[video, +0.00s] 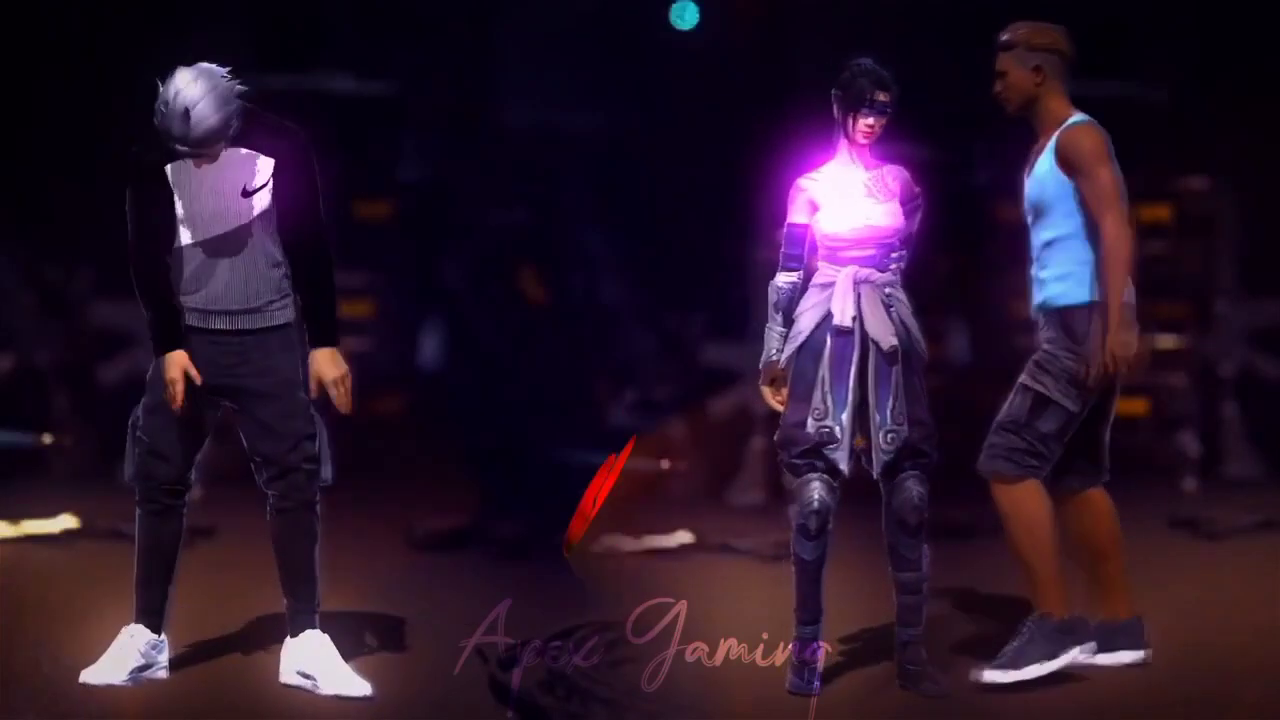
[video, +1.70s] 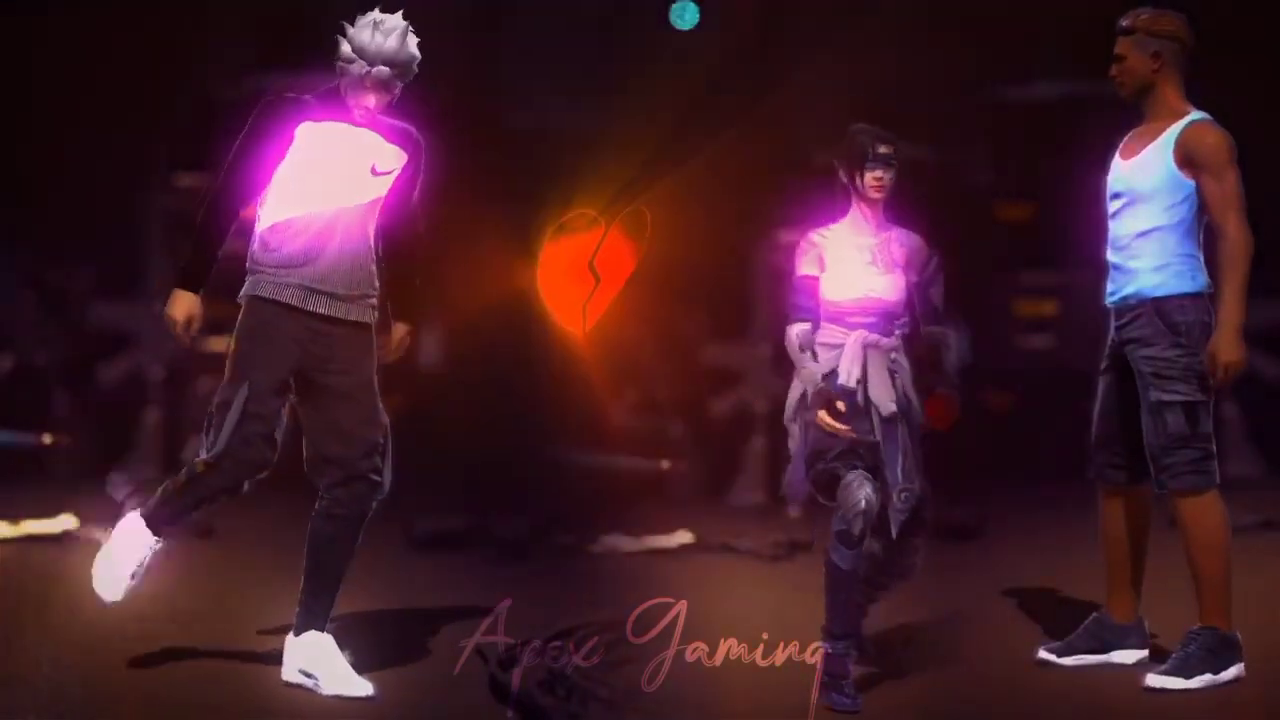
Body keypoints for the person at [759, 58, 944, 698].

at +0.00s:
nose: (872, 123)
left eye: (882, 112)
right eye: (863, 110)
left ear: (892, 118)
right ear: (840, 111)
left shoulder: (903, 185)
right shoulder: (809, 184)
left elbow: (900, 270)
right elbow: (789, 273)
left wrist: (911, 345)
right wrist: (774, 355)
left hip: (891, 342)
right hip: (822, 340)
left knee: (909, 494)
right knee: (815, 499)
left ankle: (912, 647)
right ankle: (808, 639)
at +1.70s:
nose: (882, 176)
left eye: (889, 166)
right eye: (872, 166)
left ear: (896, 174)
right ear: (850, 172)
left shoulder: (912, 245)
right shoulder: (817, 243)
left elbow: (932, 325)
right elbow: (800, 323)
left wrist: (942, 379)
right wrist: (814, 371)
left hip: (894, 384)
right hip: (833, 381)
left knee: (902, 517)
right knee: (860, 500)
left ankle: (851, 615)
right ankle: (838, 651)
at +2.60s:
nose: (843, 277)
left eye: (840, 267)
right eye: (836, 268)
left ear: (814, 276)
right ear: (817, 274)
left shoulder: (806, 330)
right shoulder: (815, 333)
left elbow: (842, 423)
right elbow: (847, 428)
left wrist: (908, 419)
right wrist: (913, 420)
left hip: (793, 474)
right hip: (813, 474)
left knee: (802, 624)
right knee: (941, 500)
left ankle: (684, 621)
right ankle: (924, 649)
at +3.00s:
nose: (836, 286)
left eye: (832, 278)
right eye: (828, 279)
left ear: (807, 290)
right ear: (811, 288)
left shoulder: (795, 346)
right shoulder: (812, 346)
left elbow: (846, 437)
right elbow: (852, 428)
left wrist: (904, 409)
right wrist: (908, 410)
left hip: (785, 488)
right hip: (812, 488)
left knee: (791, 638)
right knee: (939, 499)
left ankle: (670, 623)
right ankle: (923, 645)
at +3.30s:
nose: (833, 288)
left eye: (830, 279)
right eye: (826, 279)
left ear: (801, 291)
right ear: (808, 287)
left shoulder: (792, 346)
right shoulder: (809, 347)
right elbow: (854, 432)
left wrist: (891, 399)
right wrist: (910, 403)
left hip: (786, 487)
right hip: (812, 488)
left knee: (790, 633)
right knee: (941, 499)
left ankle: (676, 623)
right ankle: (923, 643)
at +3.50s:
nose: (830, 287)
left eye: (825, 279)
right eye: (822, 280)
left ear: (799, 292)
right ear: (804, 288)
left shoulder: (790, 350)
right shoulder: (810, 349)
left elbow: (843, 427)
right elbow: (852, 432)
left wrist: (893, 398)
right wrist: (909, 402)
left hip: (789, 483)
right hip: (814, 485)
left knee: (792, 627)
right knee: (942, 497)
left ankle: (677, 625)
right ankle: (923, 640)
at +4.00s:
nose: (823, 288)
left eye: (819, 279)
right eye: (816, 280)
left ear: (793, 291)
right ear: (798, 290)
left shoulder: (787, 347)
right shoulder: (803, 351)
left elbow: (836, 426)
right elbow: (847, 435)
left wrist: (886, 395)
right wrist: (901, 400)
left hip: (787, 484)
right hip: (809, 489)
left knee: (790, 635)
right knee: (941, 496)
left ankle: (679, 626)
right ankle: (922, 640)